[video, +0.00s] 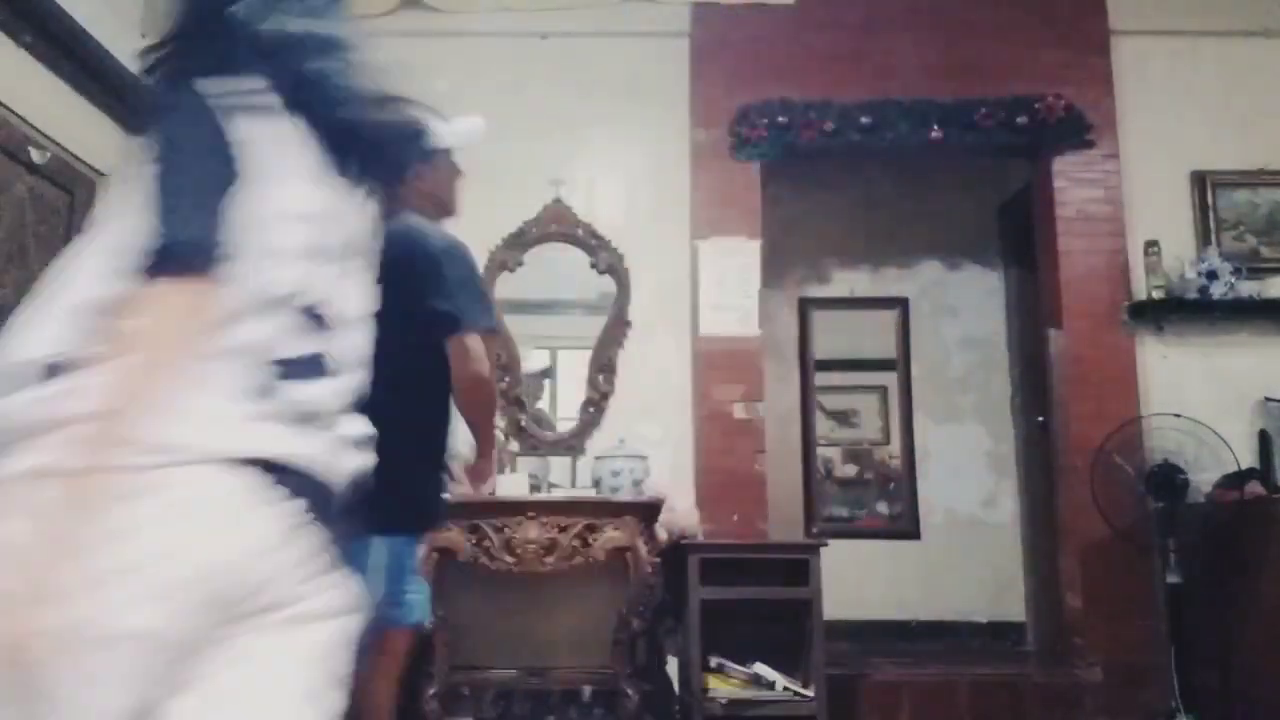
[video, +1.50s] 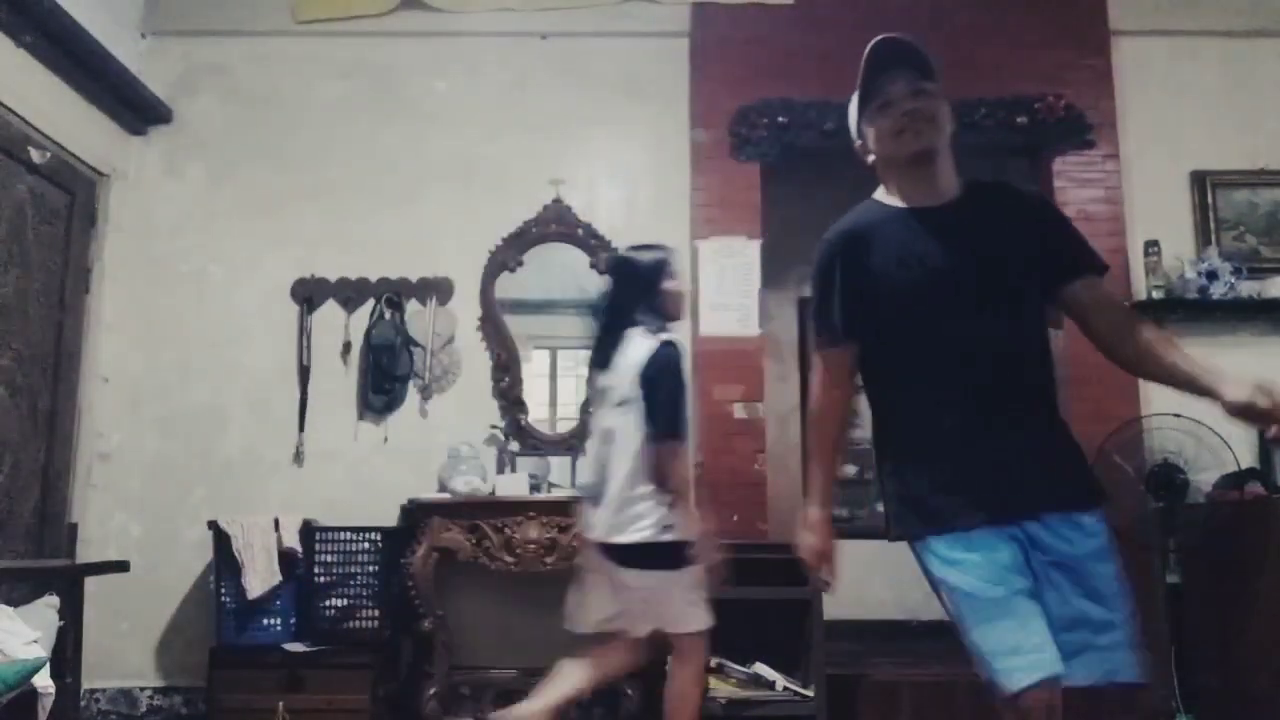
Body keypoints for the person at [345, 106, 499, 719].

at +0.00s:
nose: (457, 177)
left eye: (452, 163)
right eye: (445, 164)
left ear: (397, 175)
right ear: (412, 174)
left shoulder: (338, 239)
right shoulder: (431, 249)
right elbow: (472, 370)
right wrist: (486, 447)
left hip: (330, 471)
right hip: (396, 482)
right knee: (387, 644)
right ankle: (373, 711)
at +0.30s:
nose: (572, 173)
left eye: (567, 161)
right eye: (559, 161)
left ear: (521, 180)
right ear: (523, 177)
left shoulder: (493, 245)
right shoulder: (518, 249)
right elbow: (494, 357)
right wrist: (519, 471)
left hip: (456, 482)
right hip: (509, 487)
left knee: (433, 623)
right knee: (568, 625)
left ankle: (398, 714)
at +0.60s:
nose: (683, 181)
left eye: (678, 171)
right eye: (667, 174)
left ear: (640, 198)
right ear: (631, 196)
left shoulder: (648, 271)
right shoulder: (635, 275)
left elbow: (673, 394)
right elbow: (621, 407)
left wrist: (726, 450)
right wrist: (648, 519)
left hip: (661, 505)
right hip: (658, 511)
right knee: (699, 657)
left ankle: (538, 711)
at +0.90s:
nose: (782, 167)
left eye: (784, 157)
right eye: (762, 160)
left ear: (797, 175)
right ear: (725, 192)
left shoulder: (802, 270)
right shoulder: (725, 259)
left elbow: (806, 386)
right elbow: (725, 371)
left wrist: (860, 435)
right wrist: (839, 417)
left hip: (822, 500)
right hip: (744, 506)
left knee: (880, 653)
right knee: (724, 667)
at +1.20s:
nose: (862, 121)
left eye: (870, 107)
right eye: (839, 117)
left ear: (894, 123)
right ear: (817, 153)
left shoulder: (945, 223)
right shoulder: (808, 240)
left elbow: (1013, 328)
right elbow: (791, 365)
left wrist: (1072, 422)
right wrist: (796, 471)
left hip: (959, 460)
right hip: (873, 470)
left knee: (963, 646)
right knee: (918, 643)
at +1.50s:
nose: (909, 109)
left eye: (921, 94)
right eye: (886, 105)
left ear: (949, 112)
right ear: (864, 141)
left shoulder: (1017, 212)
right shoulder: (850, 246)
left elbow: (1116, 324)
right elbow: (832, 388)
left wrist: (1223, 385)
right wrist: (816, 506)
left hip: (1054, 485)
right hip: (946, 505)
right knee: (1034, 693)